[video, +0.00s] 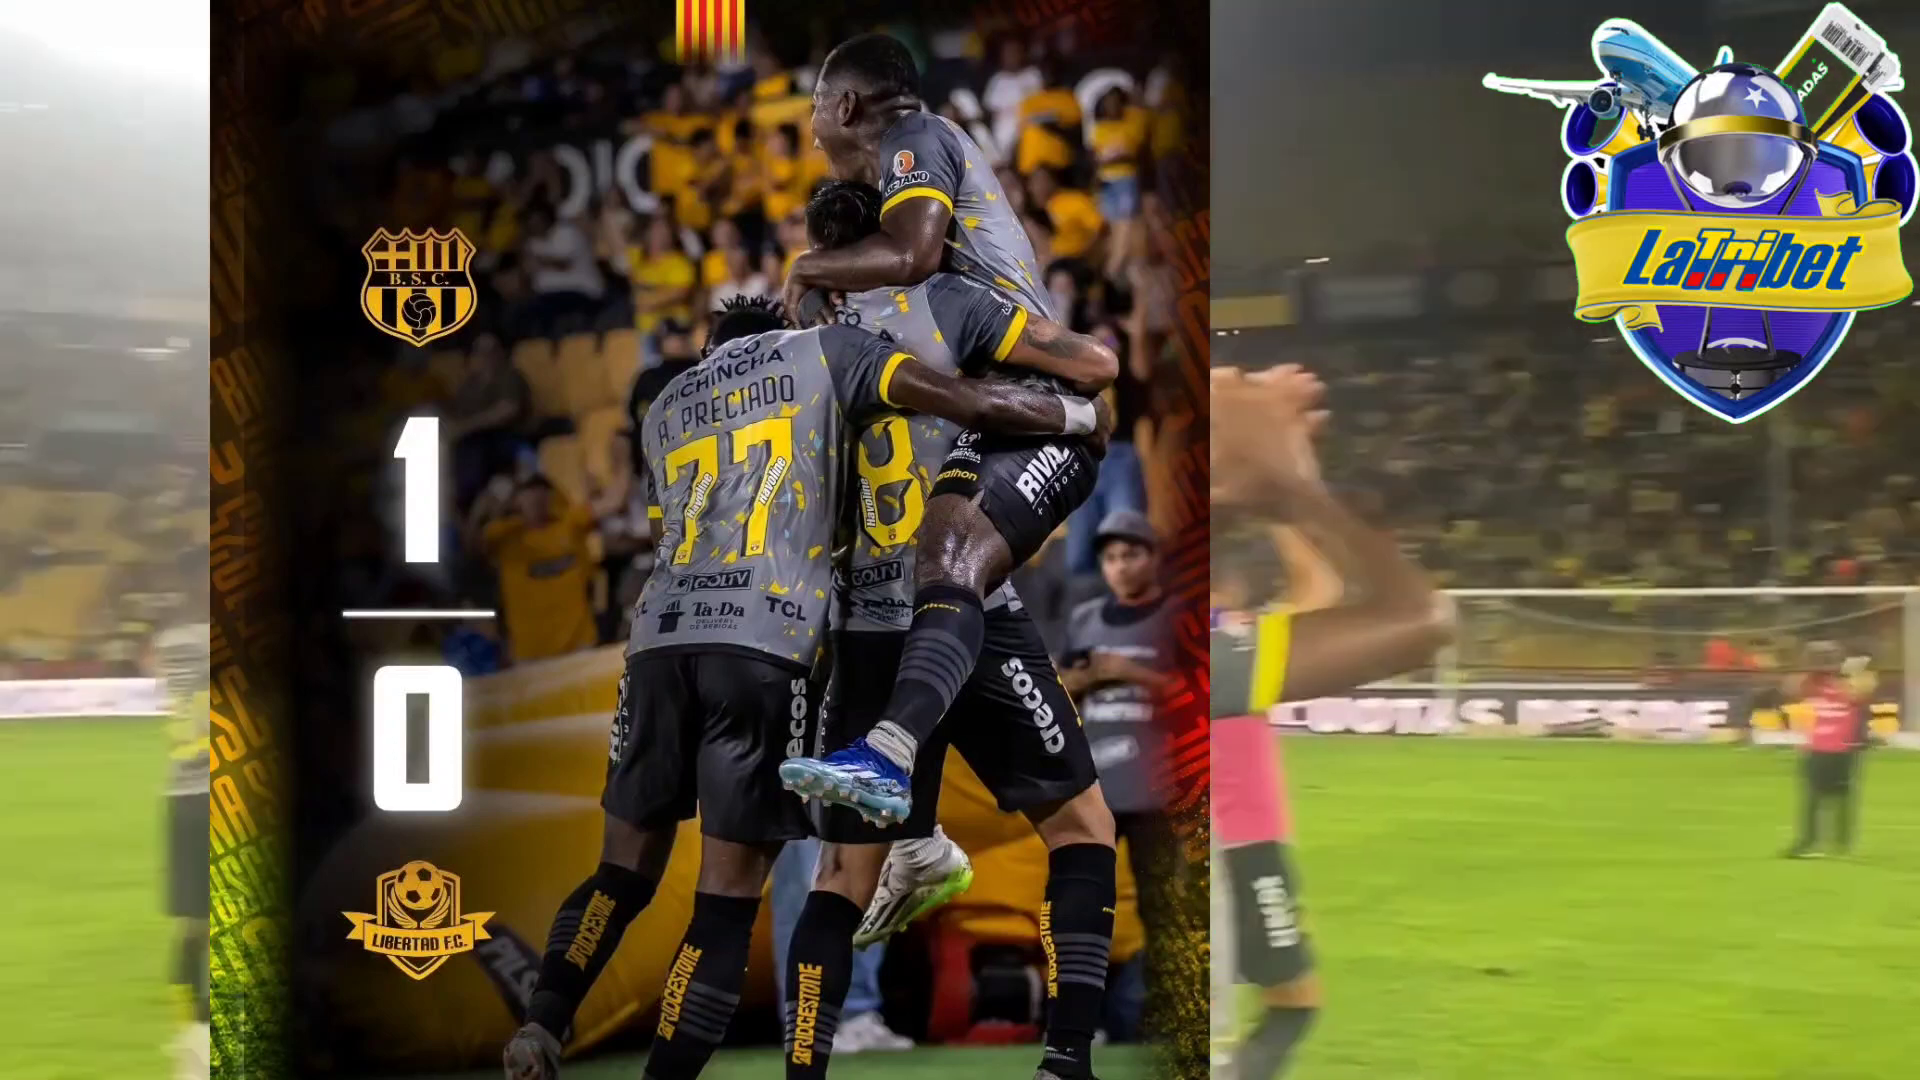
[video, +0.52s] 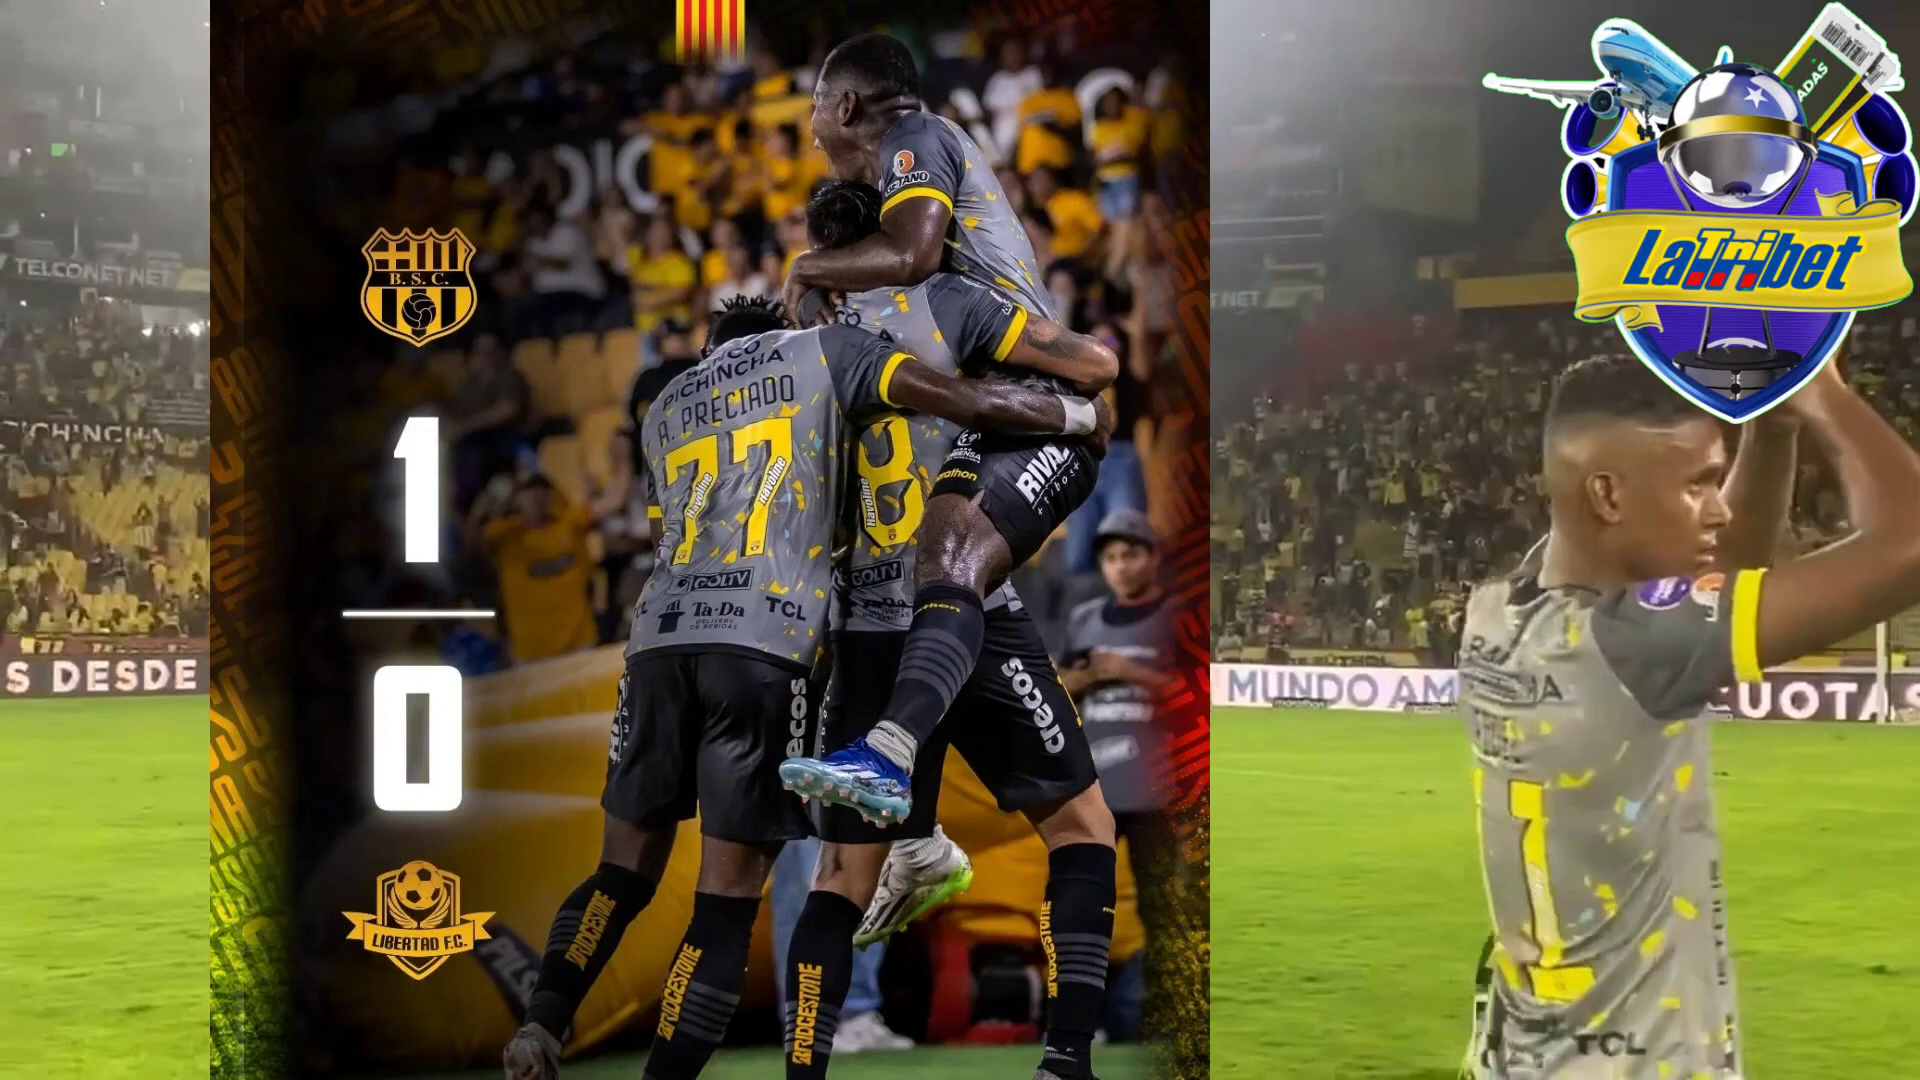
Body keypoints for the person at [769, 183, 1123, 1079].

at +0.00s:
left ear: (821, 255)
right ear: (897, 239)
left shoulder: (803, 332)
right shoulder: (950, 297)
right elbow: (1090, 366)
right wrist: (1083, 349)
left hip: (855, 614)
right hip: (964, 613)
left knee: (849, 858)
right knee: (1081, 826)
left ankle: (802, 1063)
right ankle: (1067, 1059)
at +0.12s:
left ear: (821, 253)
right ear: (900, 237)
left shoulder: (802, 332)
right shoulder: (952, 296)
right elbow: (1093, 366)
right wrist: (1068, 348)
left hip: (854, 615)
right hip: (965, 612)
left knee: (849, 859)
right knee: (1081, 826)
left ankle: (801, 1064)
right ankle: (1067, 1057)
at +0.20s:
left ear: (820, 253)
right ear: (899, 237)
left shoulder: (802, 333)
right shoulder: (950, 296)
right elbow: (1090, 367)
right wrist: (1077, 350)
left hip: (854, 615)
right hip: (965, 612)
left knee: (849, 859)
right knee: (1081, 826)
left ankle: (802, 1063)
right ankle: (1066, 1058)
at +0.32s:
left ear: (821, 252)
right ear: (900, 235)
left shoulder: (801, 331)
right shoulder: (951, 296)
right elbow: (1093, 366)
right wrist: (1071, 349)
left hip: (852, 614)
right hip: (964, 612)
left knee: (849, 859)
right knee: (1081, 826)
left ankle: (801, 1064)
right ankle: (1067, 1058)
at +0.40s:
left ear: (820, 252)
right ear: (897, 236)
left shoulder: (801, 333)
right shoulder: (950, 296)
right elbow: (1089, 366)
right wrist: (1083, 351)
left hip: (854, 614)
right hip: (964, 611)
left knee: (849, 859)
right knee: (1081, 826)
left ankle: (802, 1063)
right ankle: (1067, 1059)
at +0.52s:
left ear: (821, 252)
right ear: (900, 238)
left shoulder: (799, 331)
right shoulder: (952, 297)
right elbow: (1091, 367)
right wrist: (1089, 355)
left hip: (852, 616)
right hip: (964, 612)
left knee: (848, 860)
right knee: (1082, 827)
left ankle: (801, 1063)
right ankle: (1067, 1057)